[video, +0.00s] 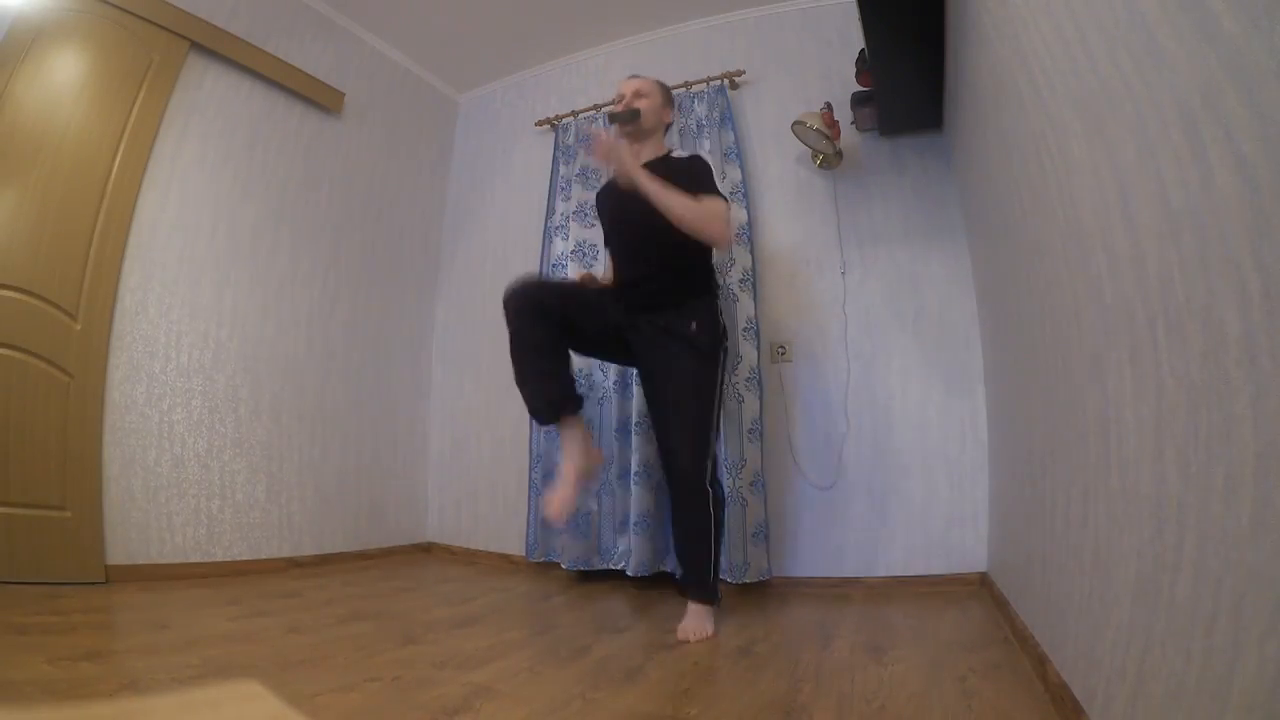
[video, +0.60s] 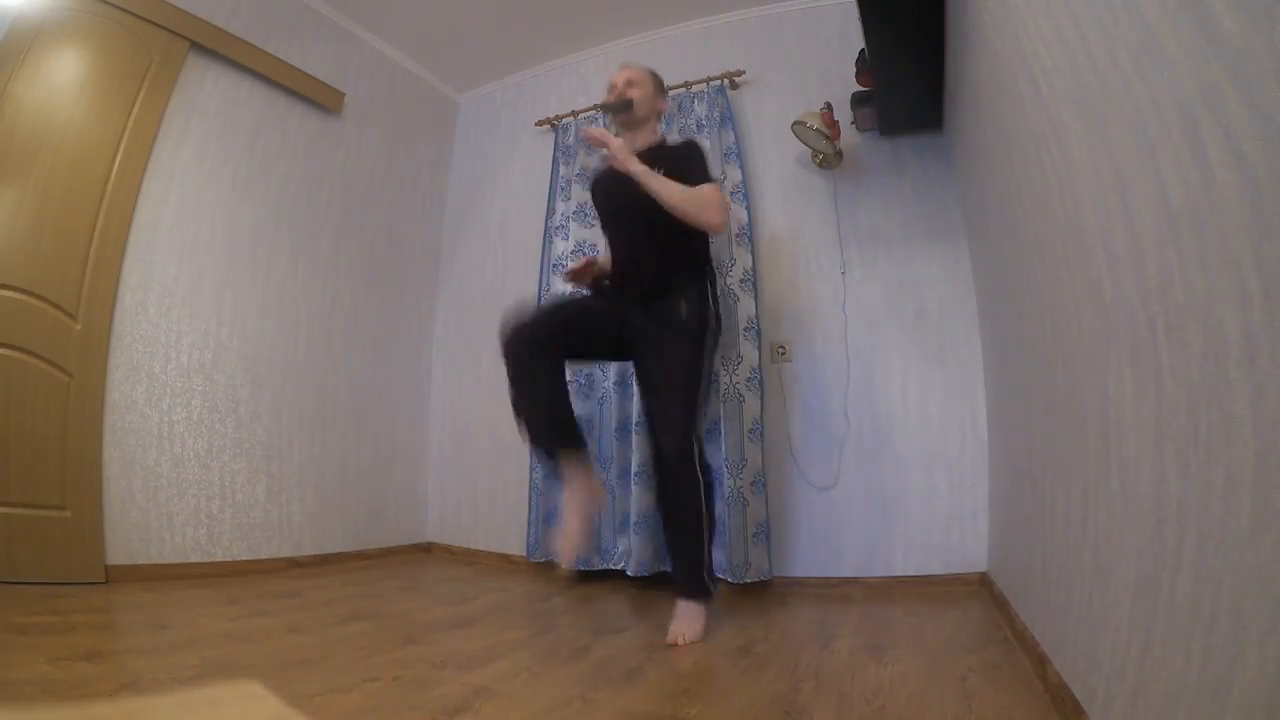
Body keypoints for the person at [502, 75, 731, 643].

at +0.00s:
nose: (625, 102)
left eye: (640, 94)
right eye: (617, 98)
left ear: (668, 115)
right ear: (610, 121)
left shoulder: (689, 168)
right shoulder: (610, 195)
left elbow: (719, 230)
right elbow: (623, 273)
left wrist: (634, 172)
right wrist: (594, 283)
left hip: (684, 327)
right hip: (626, 320)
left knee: (687, 463)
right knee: (527, 299)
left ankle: (700, 598)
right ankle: (576, 442)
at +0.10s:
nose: (627, 80)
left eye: (641, 74)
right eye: (619, 77)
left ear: (666, 96)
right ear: (610, 100)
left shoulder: (691, 149)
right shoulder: (602, 168)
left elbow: (724, 215)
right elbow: (608, 231)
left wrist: (643, 165)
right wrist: (600, 255)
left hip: (683, 300)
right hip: (621, 303)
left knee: (676, 422)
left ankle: (694, 569)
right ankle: (617, 519)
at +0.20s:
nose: (629, 90)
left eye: (642, 82)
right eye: (621, 85)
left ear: (668, 100)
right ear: (612, 106)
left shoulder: (699, 166)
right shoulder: (595, 175)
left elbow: (732, 247)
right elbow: (569, 261)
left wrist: (680, 229)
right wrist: (577, 239)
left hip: (684, 298)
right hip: (620, 309)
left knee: (661, 298)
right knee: (636, 447)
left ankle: (684, 459)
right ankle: (657, 583)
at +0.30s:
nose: (620, 94)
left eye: (633, 87)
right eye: (613, 90)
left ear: (661, 107)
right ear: (604, 113)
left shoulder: (694, 172)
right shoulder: (592, 181)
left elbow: (736, 240)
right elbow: (550, 259)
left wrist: (710, 255)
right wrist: (558, 206)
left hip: (692, 302)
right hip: (628, 314)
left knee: (647, 274)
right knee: (636, 450)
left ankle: (670, 446)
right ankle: (663, 585)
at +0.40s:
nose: (614, 81)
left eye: (627, 74)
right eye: (606, 78)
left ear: (654, 94)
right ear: (600, 102)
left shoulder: (688, 146)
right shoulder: (595, 175)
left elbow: (749, 212)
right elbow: (585, 259)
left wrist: (688, 219)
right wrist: (569, 225)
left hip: (689, 290)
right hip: (630, 296)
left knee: (665, 400)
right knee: (565, 395)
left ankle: (686, 554)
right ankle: (615, 523)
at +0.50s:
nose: (615, 98)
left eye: (630, 92)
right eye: (609, 94)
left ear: (658, 112)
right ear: (604, 120)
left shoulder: (682, 167)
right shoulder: (607, 192)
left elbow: (727, 230)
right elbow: (619, 268)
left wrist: (640, 193)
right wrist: (583, 285)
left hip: (684, 322)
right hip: (627, 318)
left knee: (685, 464)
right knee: (529, 291)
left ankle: (695, 602)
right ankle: (572, 437)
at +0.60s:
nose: (619, 90)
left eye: (633, 82)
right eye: (612, 86)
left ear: (661, 103)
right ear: (605, 109)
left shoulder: (682, 155)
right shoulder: (606, 181)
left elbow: (715, 215)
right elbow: (633, 260)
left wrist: (632, 165)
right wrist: (601, 270)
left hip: (678, 313)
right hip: (621, 311)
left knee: (674, 449)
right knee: (527, 339)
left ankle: (691, 594)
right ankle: (578, 477)